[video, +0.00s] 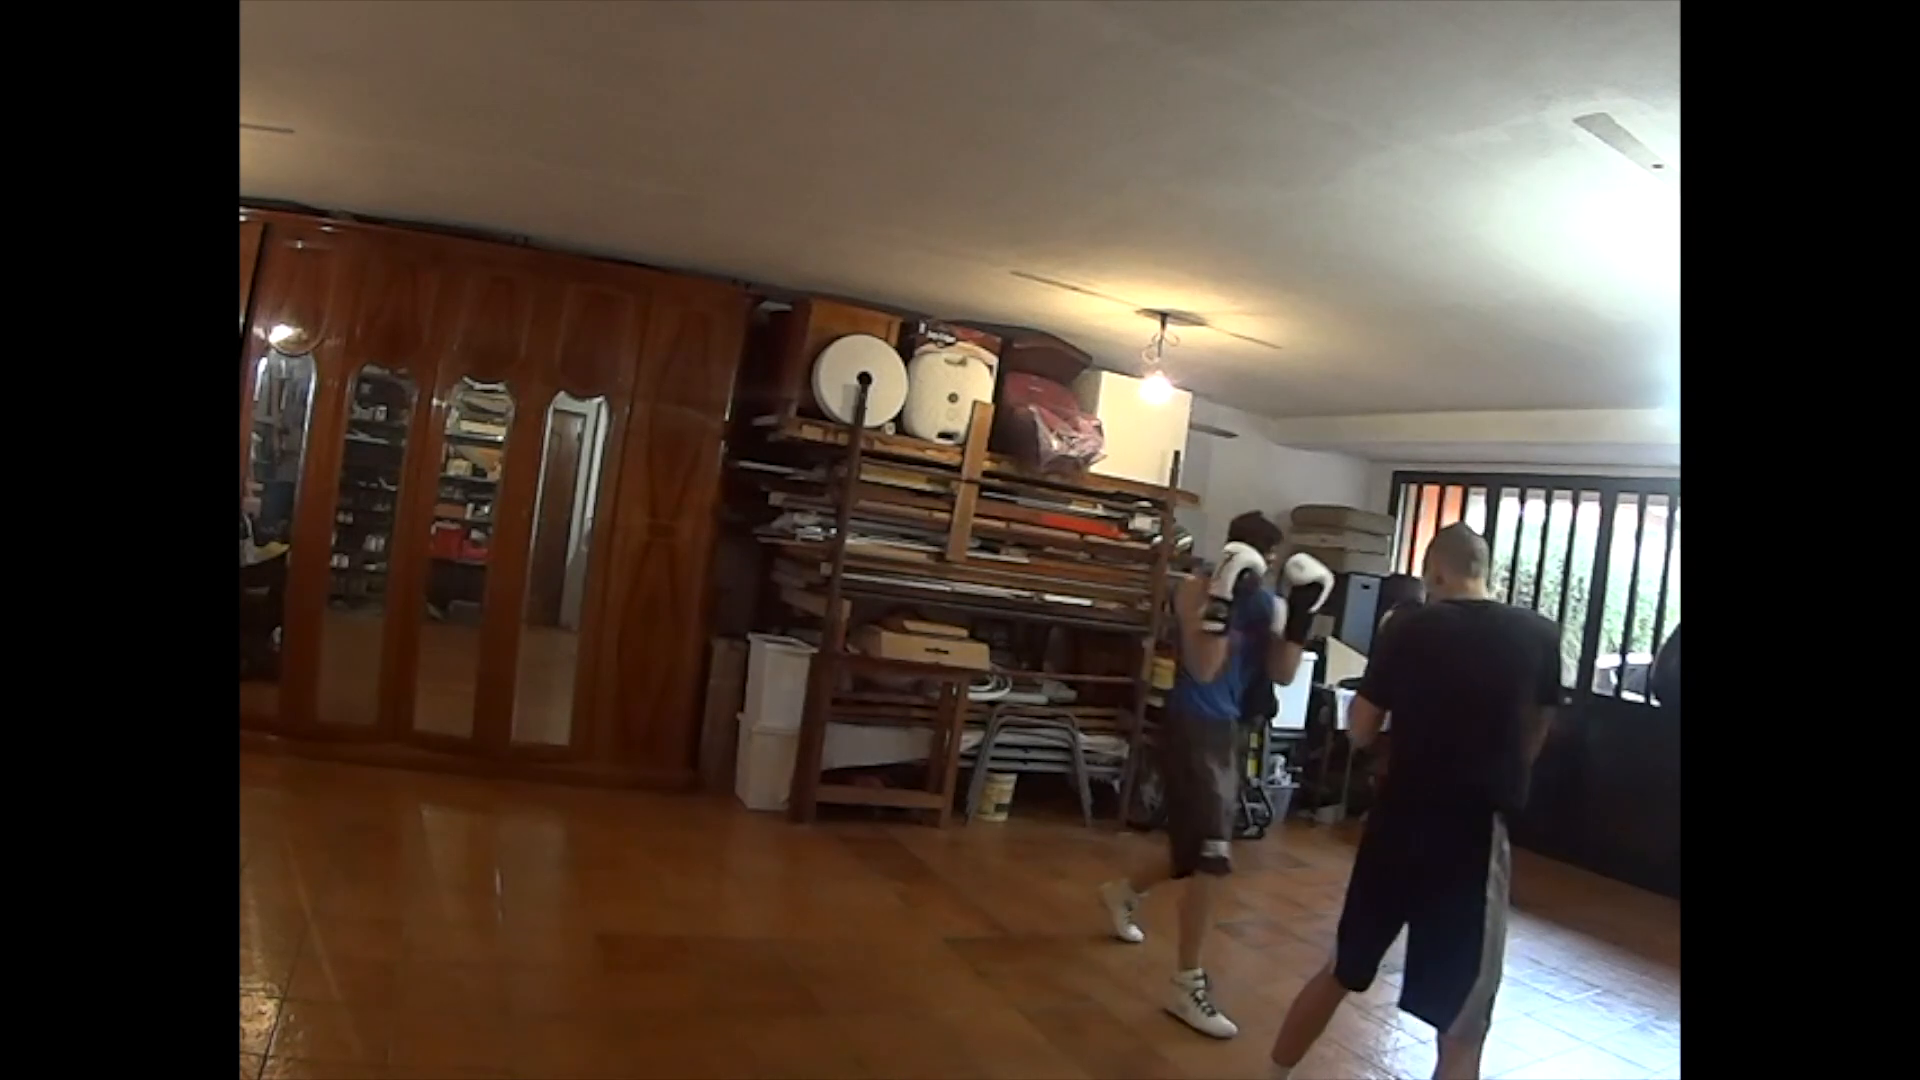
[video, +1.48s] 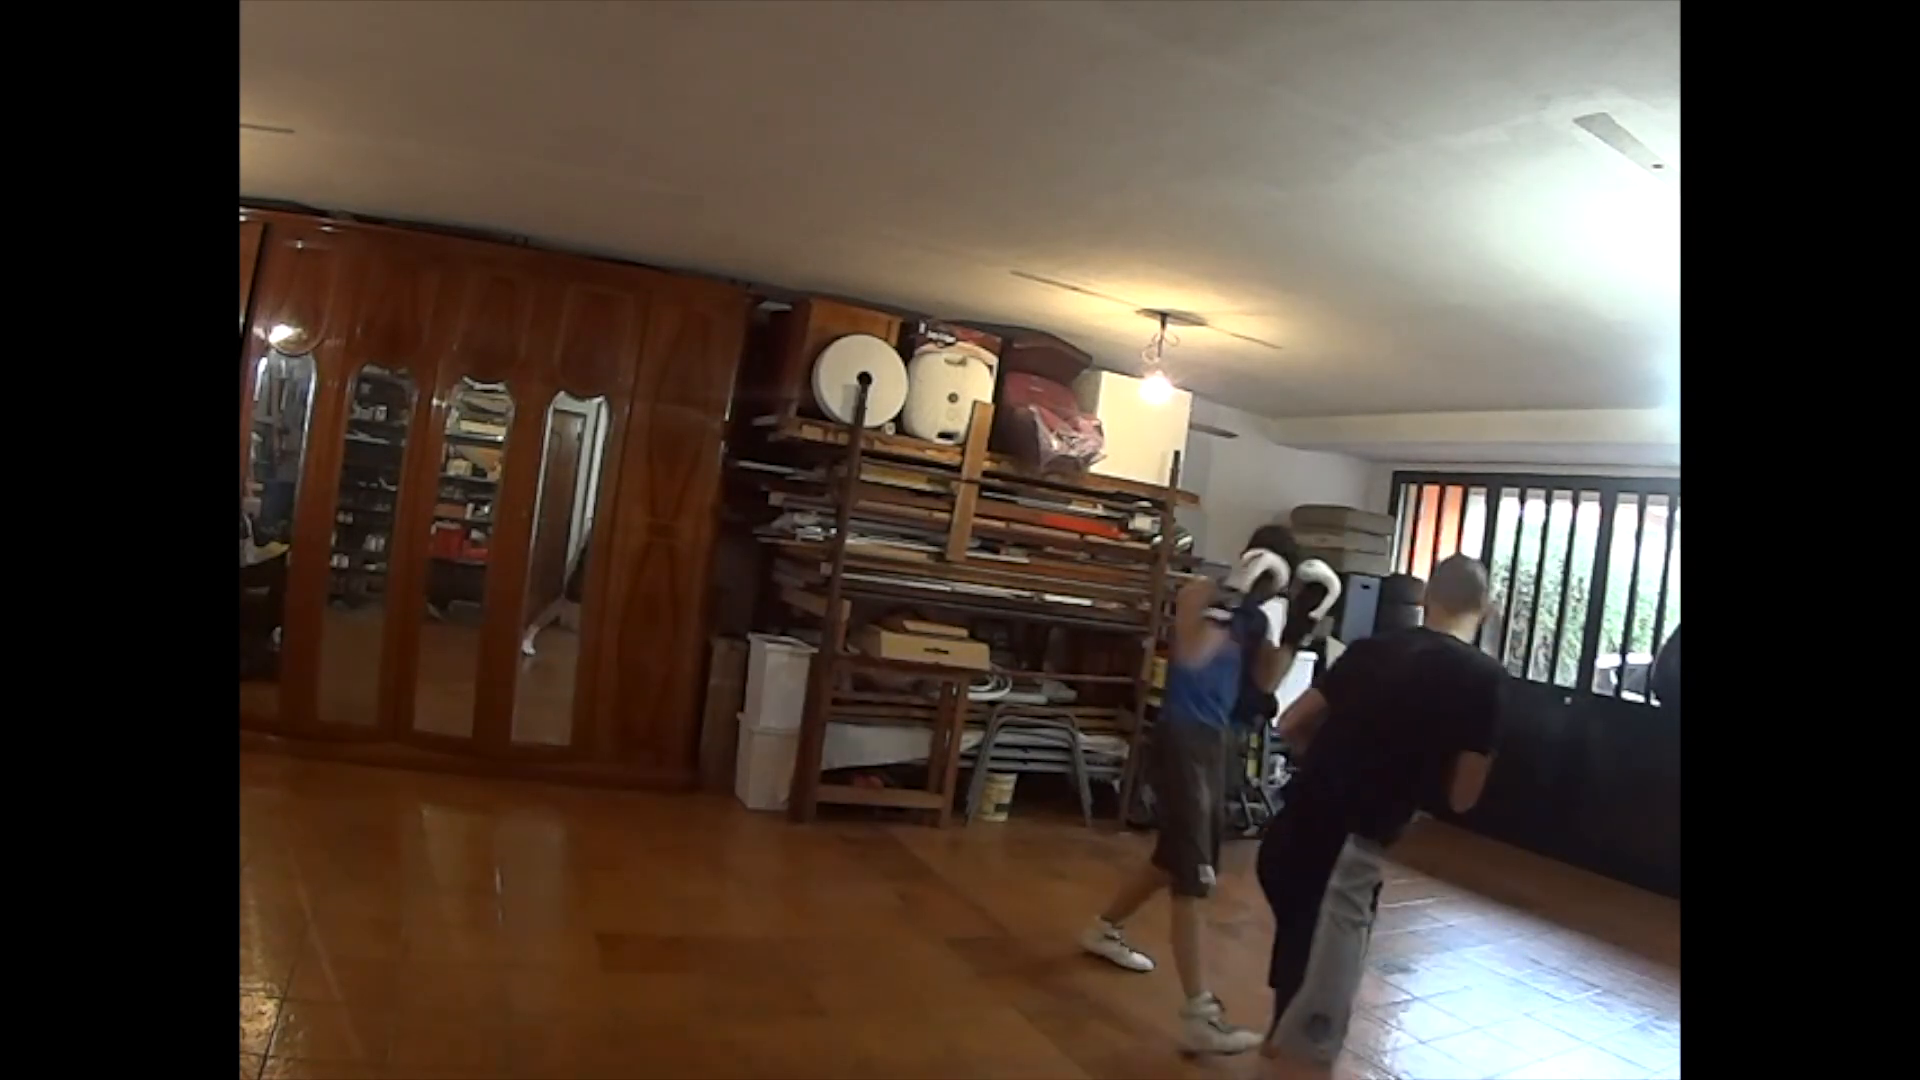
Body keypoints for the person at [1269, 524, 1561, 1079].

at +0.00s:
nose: (1428, 584)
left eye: (1427, 575)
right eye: (1430, 577)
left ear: (1434, 571)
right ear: (1486, 570)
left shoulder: (1407, 626)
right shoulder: (1536, 634)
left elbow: (1361, 729)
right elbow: (1533, 742)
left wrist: (1412, 740)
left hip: (1398, 816)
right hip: (1476, 832)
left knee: (1342, 970)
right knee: (1466, 1024)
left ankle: (1274, 1069)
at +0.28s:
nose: (1453, 587)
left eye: (1455, 579)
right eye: (1458, 580)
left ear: (1463, 580)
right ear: (1519, 584)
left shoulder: (1424, 642)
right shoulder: (1558, 655)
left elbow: (1357, 729)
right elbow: (1539, 759)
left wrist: (1402, 739)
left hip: (1401, 832)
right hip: (1476, 852)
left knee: (1348, 978)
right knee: (1476, 1035)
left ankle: (1277, 1069)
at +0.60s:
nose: (1471, 588)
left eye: (1470, 579)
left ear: (1472, 583)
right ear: (1531, 590)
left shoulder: (1429, 642)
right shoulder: (1565, 661)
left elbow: (1361, 735)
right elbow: (1540, 770)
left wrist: (1408, 720)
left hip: (1394, 836)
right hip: (1473, 860)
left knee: (1342, 982)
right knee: (1481, 1035)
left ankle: (1273, 1071)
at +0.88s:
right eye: (1552, 603)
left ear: (1492, 591)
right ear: (1549, 605)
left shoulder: (1433, 648)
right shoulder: (1563, 686)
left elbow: (1349, 724)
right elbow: (1532, 776)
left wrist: (1390, 760)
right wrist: (1473, 775)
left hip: (1378, 848)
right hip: (1453, 875)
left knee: (1347, 986)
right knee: (1480, 1048)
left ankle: (1272, 1072)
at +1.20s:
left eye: (1478, 608)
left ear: (1474, 612)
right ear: (1528, 630)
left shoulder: (1418, 653)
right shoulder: (1526, 688)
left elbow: (1366, 633)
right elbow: (1498, 810)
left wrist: (1357, 588)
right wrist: (1440, 774)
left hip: (1333, 843)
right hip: (1394, 864)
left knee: (1335, 986)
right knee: (1409, 1055)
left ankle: (1264, 1071)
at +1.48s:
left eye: (1431, 593)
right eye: (1482, 605)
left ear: (1426, 599)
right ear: (1483, 610)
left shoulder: (1373, 650)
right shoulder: (1482, 678)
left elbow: (1291, 723)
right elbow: (1462, 796)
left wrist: (1339, 756)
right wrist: (1417, 754)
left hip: (1296, 829)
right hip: (1355, 851)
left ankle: (1287, 1041)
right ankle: (1302, 1054)